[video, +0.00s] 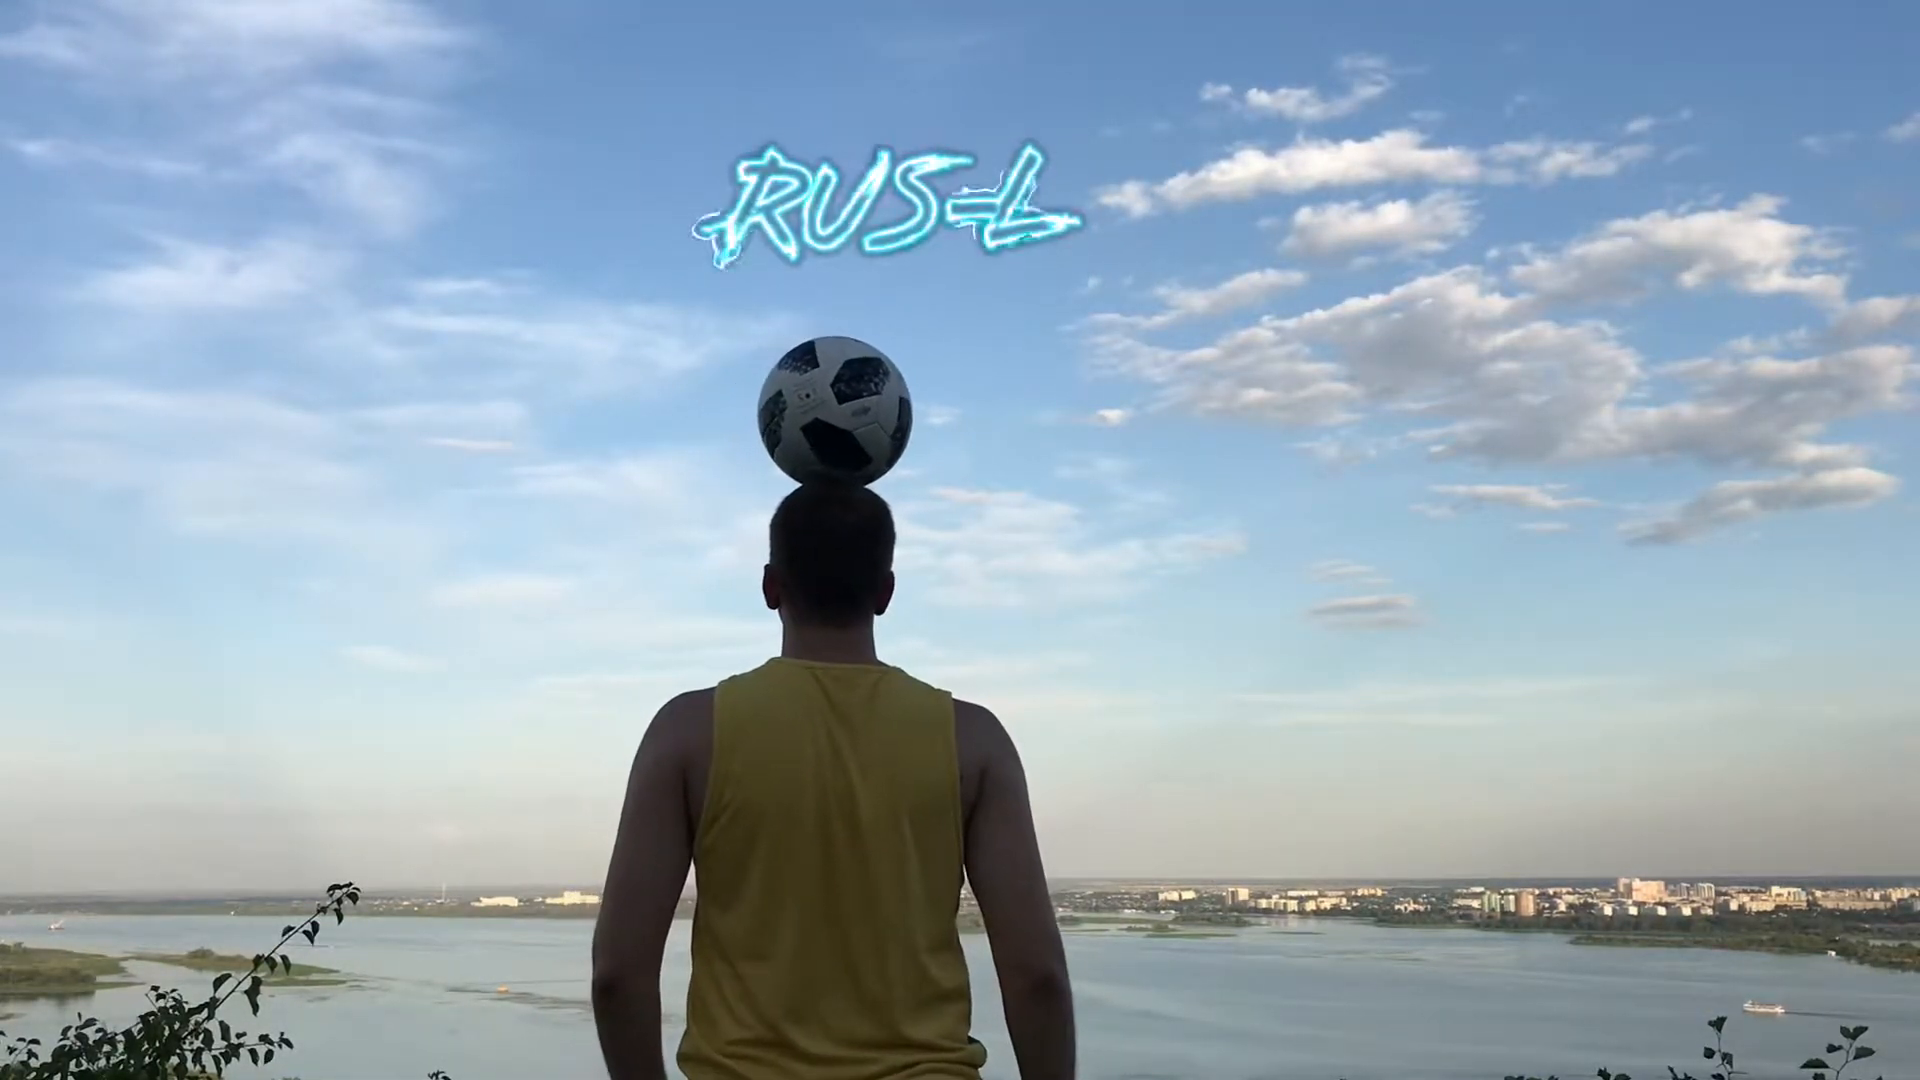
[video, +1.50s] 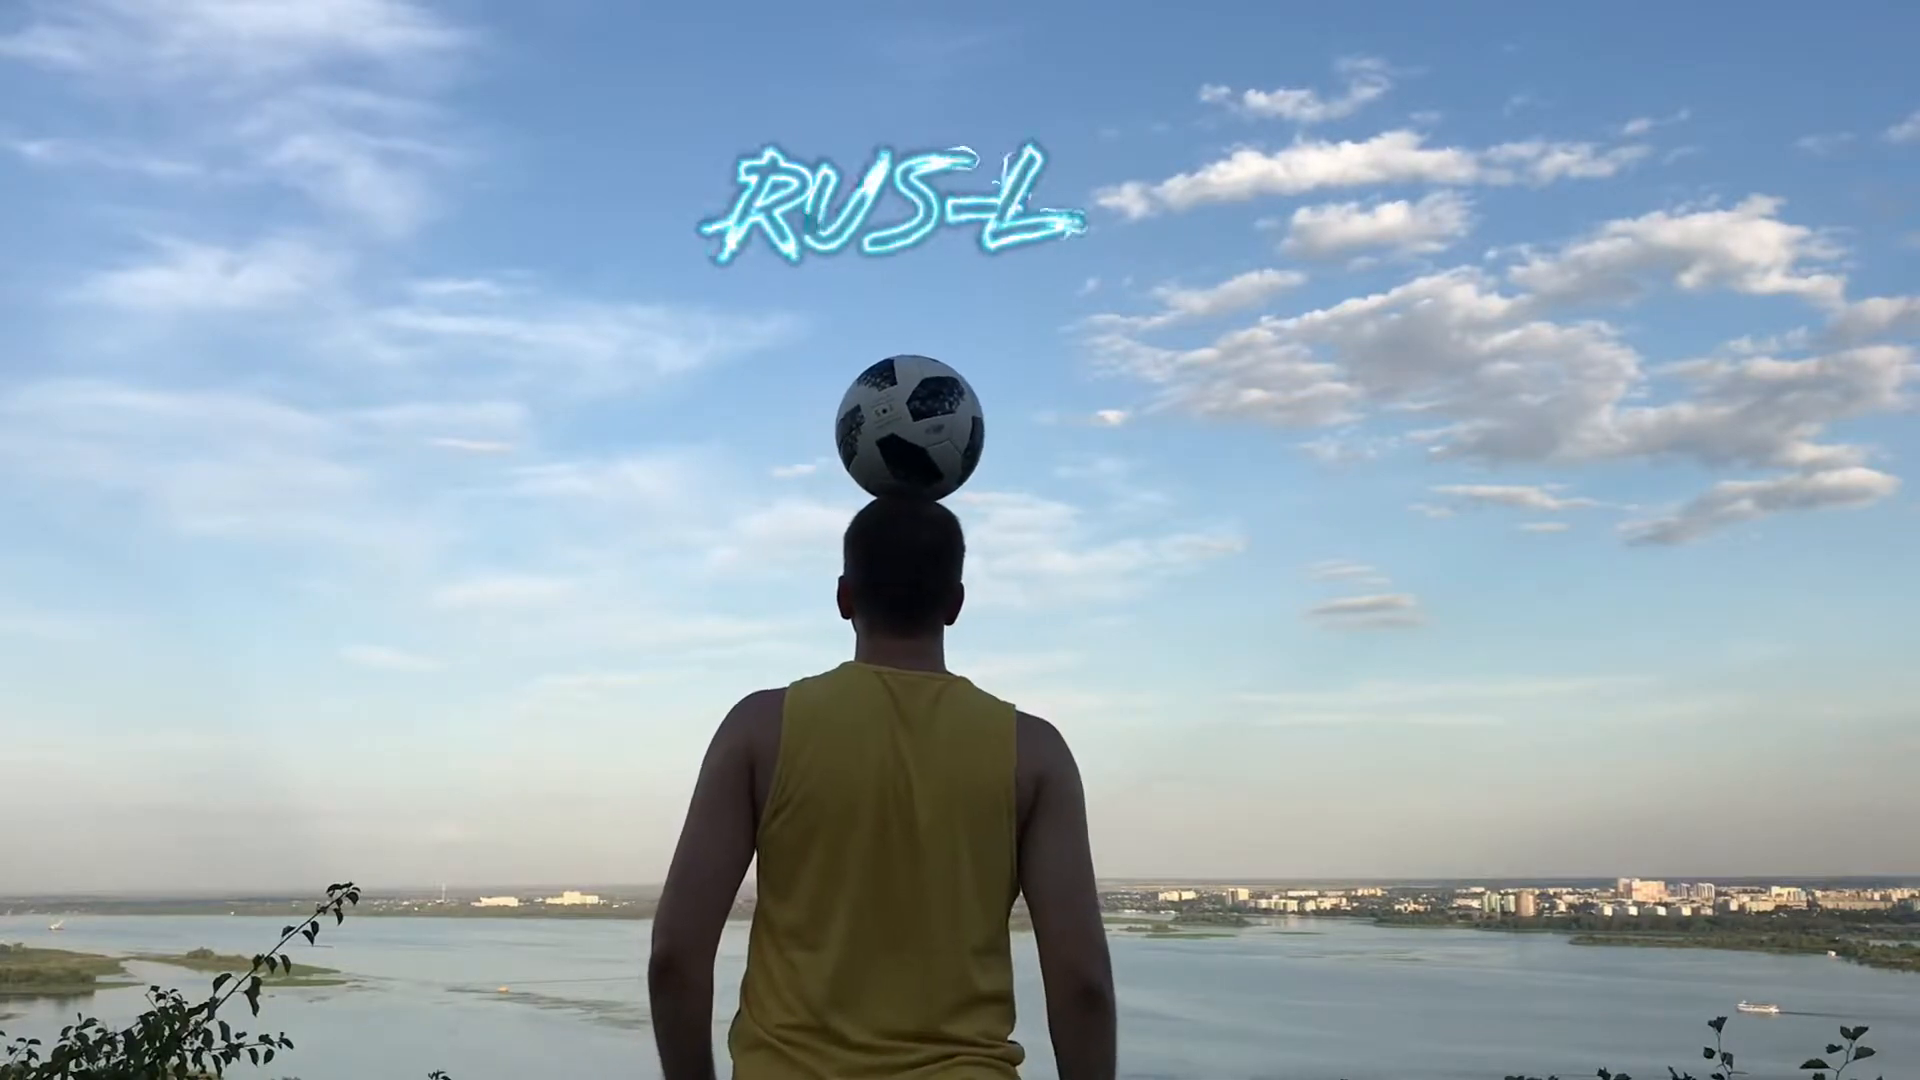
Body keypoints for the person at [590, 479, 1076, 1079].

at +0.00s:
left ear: (771, 585)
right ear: (887, 590)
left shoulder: (690, 728)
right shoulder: (971, 736)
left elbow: (618, 976)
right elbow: (1038, 979)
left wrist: (643, 1073)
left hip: (739, 1060)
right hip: (926, 1062)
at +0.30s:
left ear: (796, 586)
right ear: (913, 592)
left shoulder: (714, 727)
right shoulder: (992, 740)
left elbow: (631, 966)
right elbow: (1051, 984)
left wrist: (651, 1073)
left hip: (751, 1060)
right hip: (936, 1062)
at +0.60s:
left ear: (810, 589)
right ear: (925, 594)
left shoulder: (729, 726)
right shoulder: (1004, 742)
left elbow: (649, 966)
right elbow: (1065, 984)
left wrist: (672, 1072)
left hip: (762, 1060)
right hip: (945, 1062)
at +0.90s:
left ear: (816, 591)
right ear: (932, 597)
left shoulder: (734, 727)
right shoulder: (1008, 743)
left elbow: (652, 964)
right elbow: (1067, 983)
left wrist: (672, 1072)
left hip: (768, 1060)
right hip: (948, 1062)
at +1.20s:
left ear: (821, 593)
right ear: (936, 598)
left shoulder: (741, 727)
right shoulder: (1013, 744)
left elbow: (660, 962)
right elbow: (1071, 982)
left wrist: (681, 1070)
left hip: (772, 1058)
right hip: (952, 1060)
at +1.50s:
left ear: (843, 597)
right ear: (958, 603)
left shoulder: (760, 726)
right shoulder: (1031, 747)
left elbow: (675, 958)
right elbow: (1083, 985)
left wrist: (693, 1071)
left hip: (788, 1058)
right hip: (966, 1061)